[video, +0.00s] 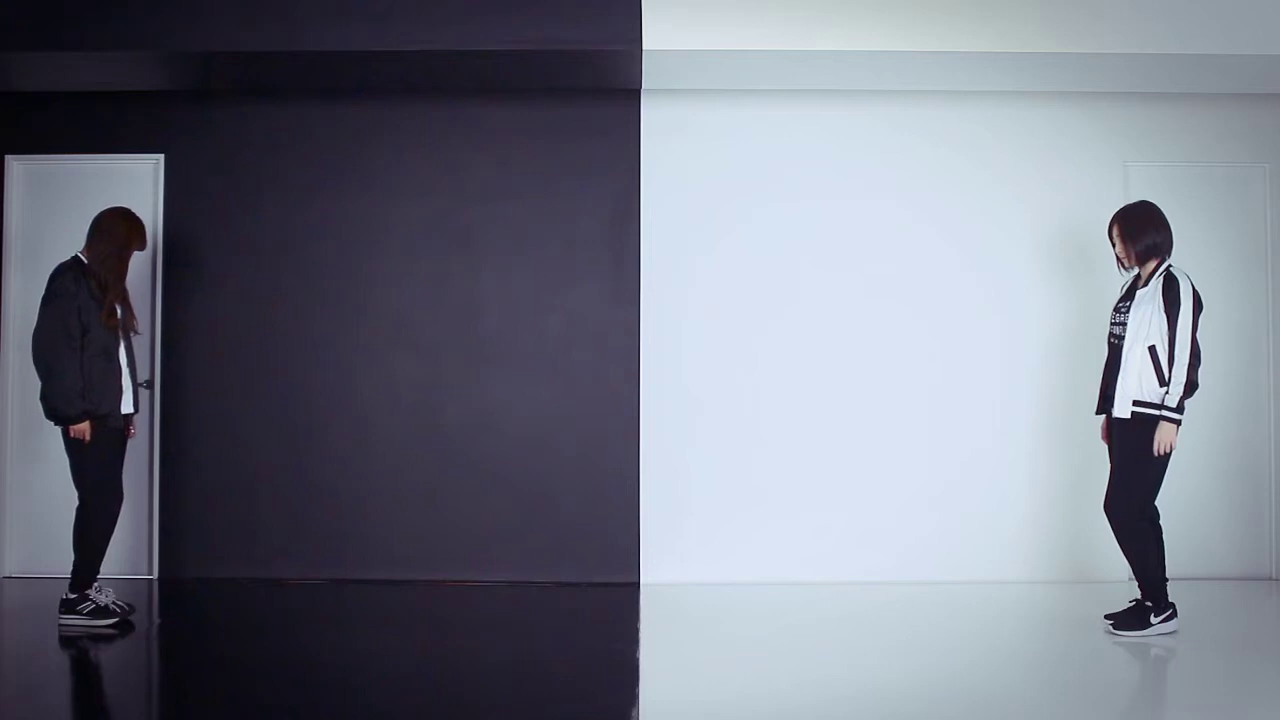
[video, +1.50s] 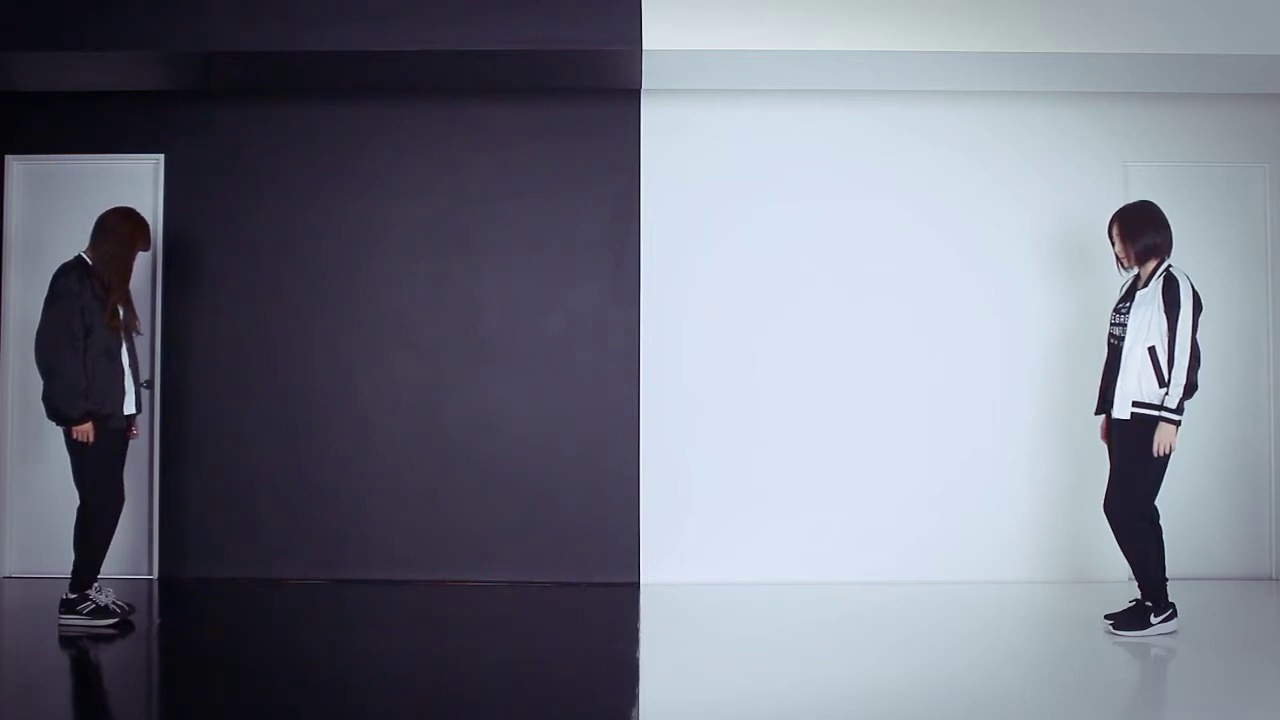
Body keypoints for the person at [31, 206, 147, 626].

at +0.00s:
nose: (130, 260)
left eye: (132, 252)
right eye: (128, 251)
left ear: (106, 241)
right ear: (112, 245)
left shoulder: (107, 284)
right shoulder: (69, 278)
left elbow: (117, 354)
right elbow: (52, 348)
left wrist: (127, 409)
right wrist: (73, 412)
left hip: (111, 415)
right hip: (86, 416)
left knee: (108, 499)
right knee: (98, 500)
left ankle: (87, 589)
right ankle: (78, 596)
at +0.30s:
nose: (131, 260)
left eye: (134, 252)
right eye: (129, 251)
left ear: (107, 241)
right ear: (113, 245)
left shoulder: (108, 284)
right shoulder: (70, 279)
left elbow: (117, 354)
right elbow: (54, 349)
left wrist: (128, 410)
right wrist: (74, 412)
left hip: (111, 415)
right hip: (87, 417)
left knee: (108, 499)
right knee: (100, 500)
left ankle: (87, 590)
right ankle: (78, 596)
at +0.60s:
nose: (131, 260)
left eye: (134, 252)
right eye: (130, 251)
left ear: (107, 241)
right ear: (113, 245)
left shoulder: (108, 284)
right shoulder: (70, 279)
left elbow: (118, 354)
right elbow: (54, 349)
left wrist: (129, 410)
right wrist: (75, 412)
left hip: (112, 415)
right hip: (87, 416)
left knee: (108, 499)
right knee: (100, 500)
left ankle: (86, 590)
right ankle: (78, 596)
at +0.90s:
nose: (132, 260)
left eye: (135, 252)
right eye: (131, 251)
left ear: (107, 242)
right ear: (114, 245)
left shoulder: (108, 284)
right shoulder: (71, 279)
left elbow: (118, 354)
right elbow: (54, 350)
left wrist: (129, 410)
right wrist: (75, 413)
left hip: (112, 415)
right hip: (87, 417)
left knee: (108, 499)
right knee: (100, 500)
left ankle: (86, 590)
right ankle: (78, 597)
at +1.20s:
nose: (133, 260)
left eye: (136, 252)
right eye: (131, 250)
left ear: (109, 241)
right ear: (115, 244)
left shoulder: (109, 283)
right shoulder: (72, 279)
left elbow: (119, 353)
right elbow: (55, 350)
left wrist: (130, 410)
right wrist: (75, 412)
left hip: (112, 416)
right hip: (88, 417)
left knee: (109, 499)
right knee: (101, 501)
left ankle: (86, 590)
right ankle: (77, 597)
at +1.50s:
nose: (134, 260)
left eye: (137, 252)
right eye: (133, 250)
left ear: (110, 241)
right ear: (116, 244)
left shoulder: (110, 283)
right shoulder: (73, 279)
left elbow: (119, 353)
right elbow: (56, 350)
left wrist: (130, 410)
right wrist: (76, 412)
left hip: (112, 415)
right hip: (88, 417)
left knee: (109, 500)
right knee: (100, 502)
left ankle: (86, 590)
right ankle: (78, 596)